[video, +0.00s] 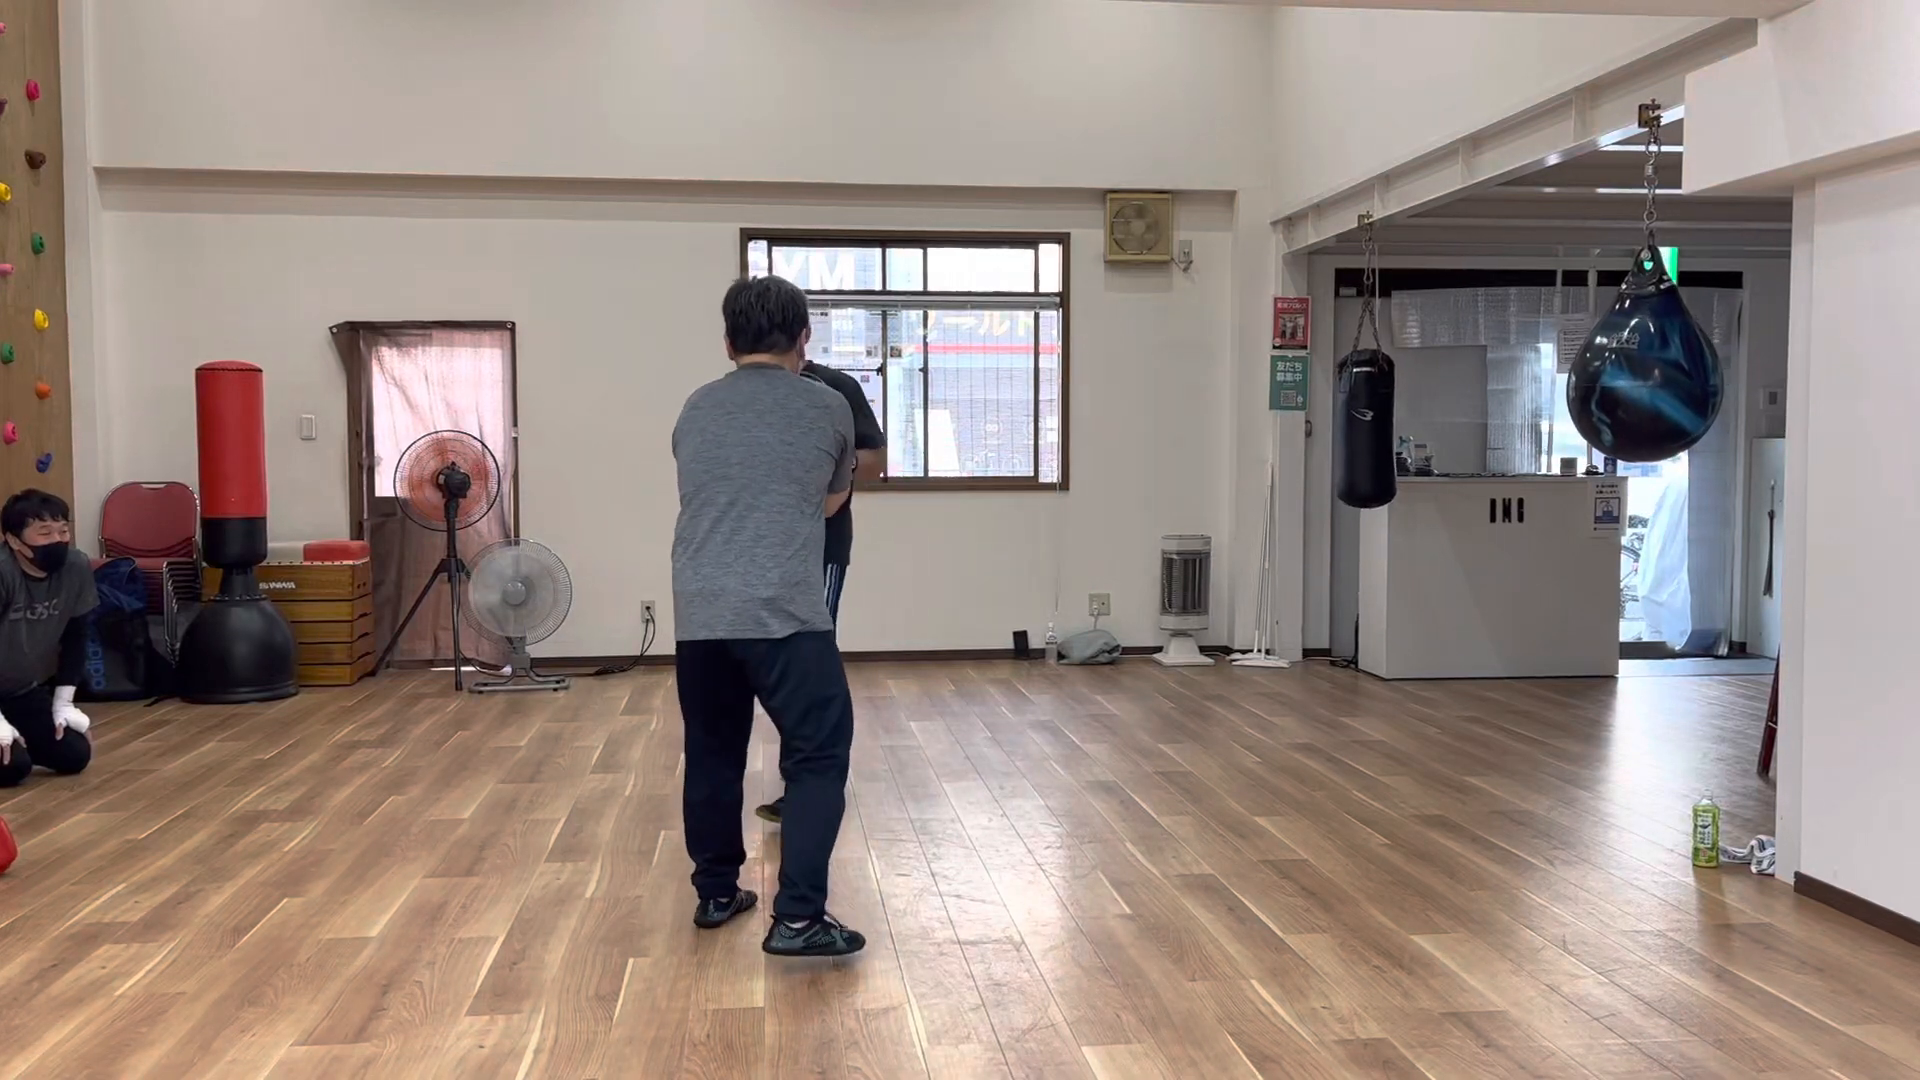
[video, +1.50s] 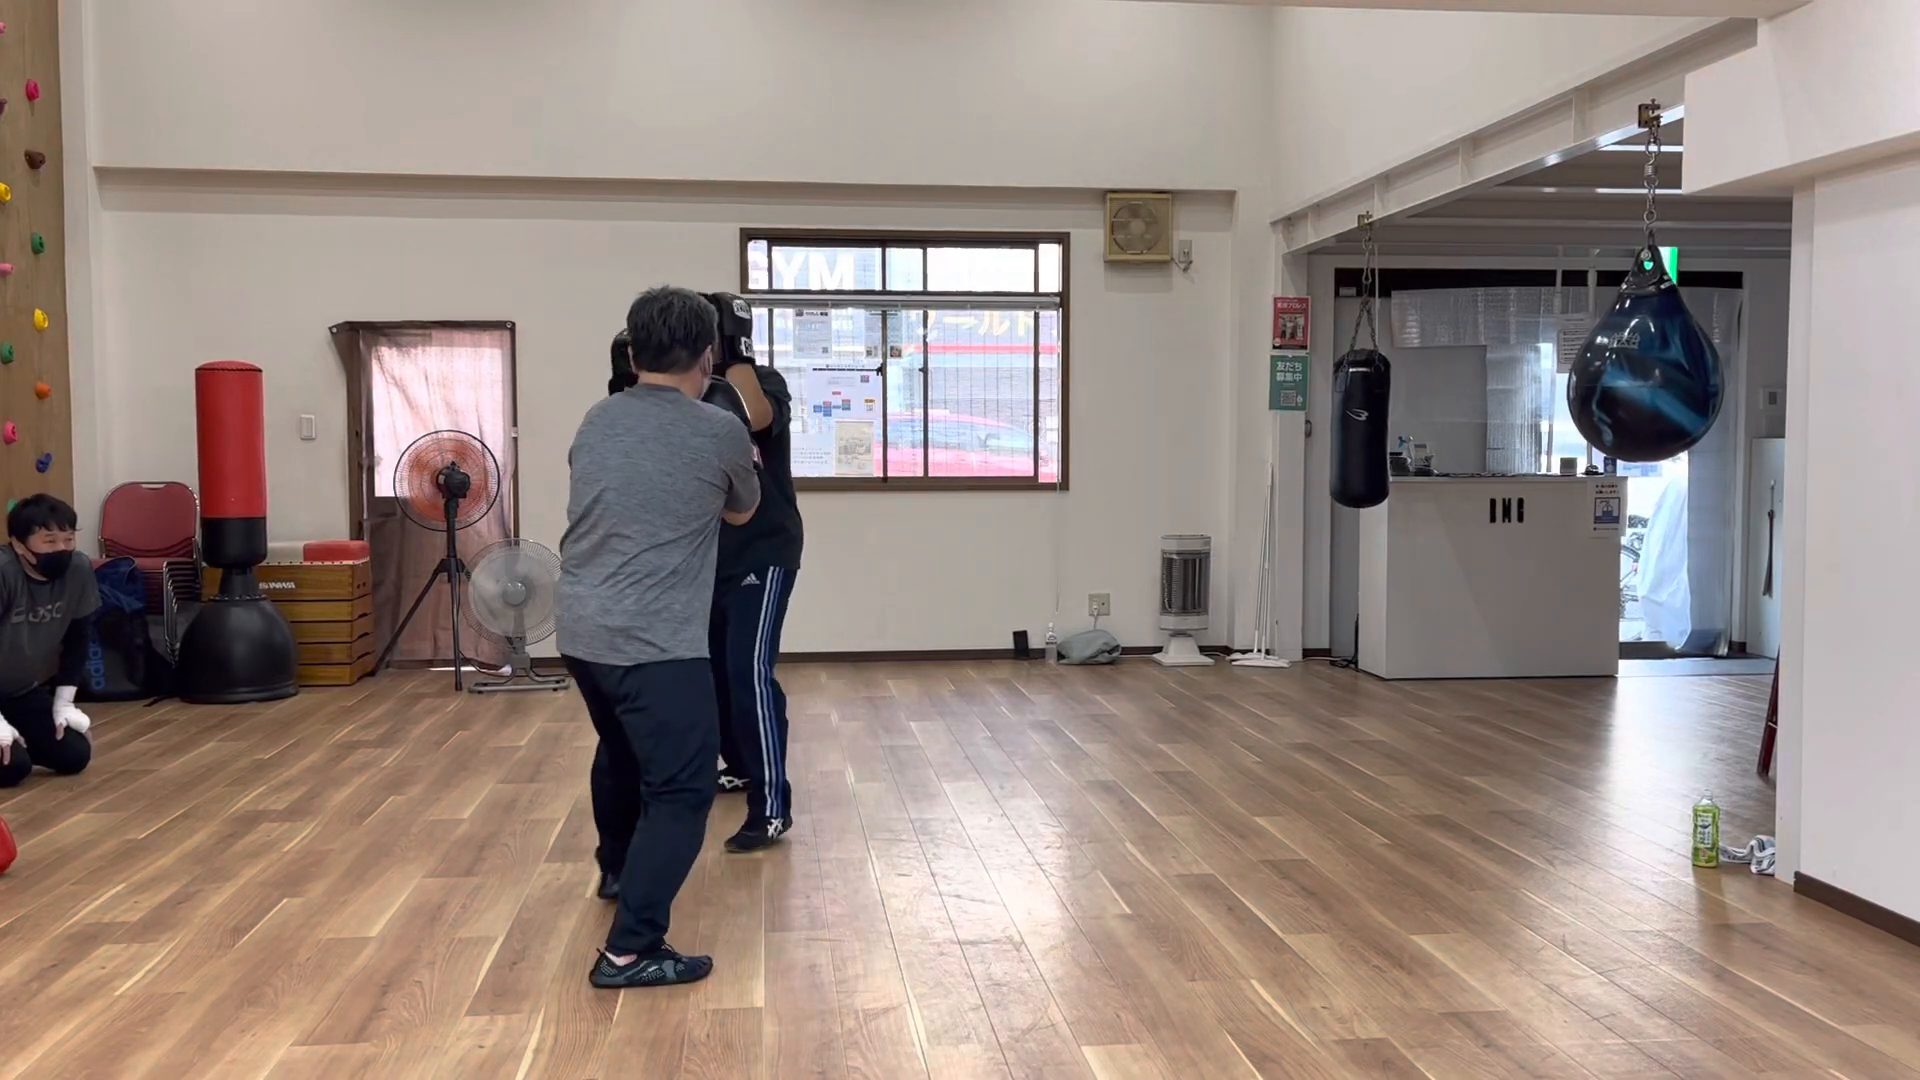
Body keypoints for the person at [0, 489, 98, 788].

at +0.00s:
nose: (58, 541)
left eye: (63, 531)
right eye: (45, 533)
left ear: (70, 531)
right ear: (13, 540)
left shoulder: (75, 567)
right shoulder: (4, 574)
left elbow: (76, 638)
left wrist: (63, 701)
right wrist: (2, 721)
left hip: (27, 690)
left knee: (74, 756)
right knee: (14, 766)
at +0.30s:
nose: (60, 543)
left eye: (66, 534)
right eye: (47, 536)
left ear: (72, 534)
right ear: (16, 542)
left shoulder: (77, 568)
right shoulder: (5, 573)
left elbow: (77, 639)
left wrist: (64, 701)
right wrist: (2, 720)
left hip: (25, 690)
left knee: (74, 756)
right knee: (14, 766)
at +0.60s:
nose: (62, 547)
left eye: (68, 537)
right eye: (50, 539)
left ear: (74, 536)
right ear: (19, 544)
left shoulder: (78, 569)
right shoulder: (5, 572)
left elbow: (77, 639)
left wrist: (64, 701)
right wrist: (2, 720)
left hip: (26, 690)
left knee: (74, 756)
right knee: (14, 766)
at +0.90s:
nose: (63, 549)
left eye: (68, 540)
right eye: (50, 541)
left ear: (75, 537)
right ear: (19, 543)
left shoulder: (79, 569)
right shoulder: (6, 572)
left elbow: (77, 639)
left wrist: (64, 701)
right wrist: (2, 720)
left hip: (27, 690)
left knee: (74, 756)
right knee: (14, 766)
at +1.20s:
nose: (62, 547)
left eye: (68, 538)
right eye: (49, 539)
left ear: (74, 537)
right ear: (18, 543)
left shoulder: (78, 570)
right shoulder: (5, 573)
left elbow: (77, 639)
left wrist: (64, 701)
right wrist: (2, 720)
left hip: (26, 690)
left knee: (74, 756)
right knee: (14, 766)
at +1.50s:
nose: (62, 550)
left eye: (68, 540)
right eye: (50, 542)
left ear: (75, 538)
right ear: (19, 544)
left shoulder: (78, 570)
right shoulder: (5, 573)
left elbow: (77, 640)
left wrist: (63, 701)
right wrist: (2, 722)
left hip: (26, 690)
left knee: (74, 756)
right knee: (14, 766)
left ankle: (13, 742)